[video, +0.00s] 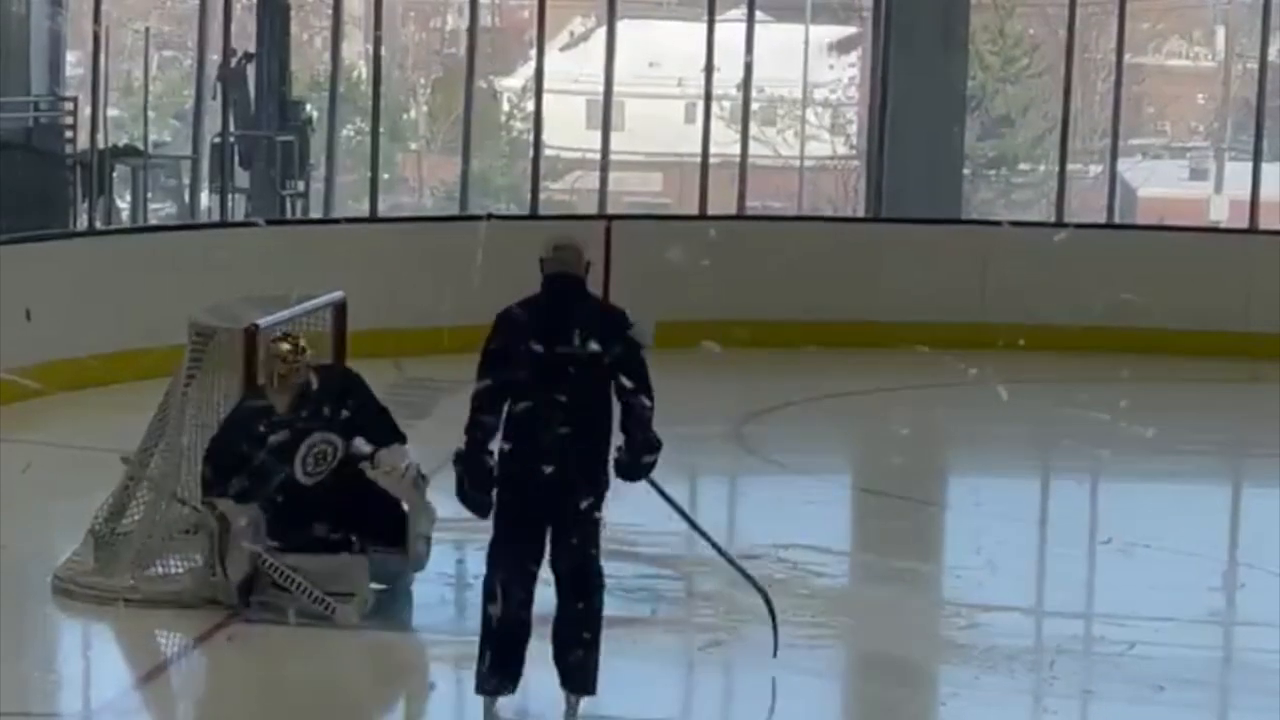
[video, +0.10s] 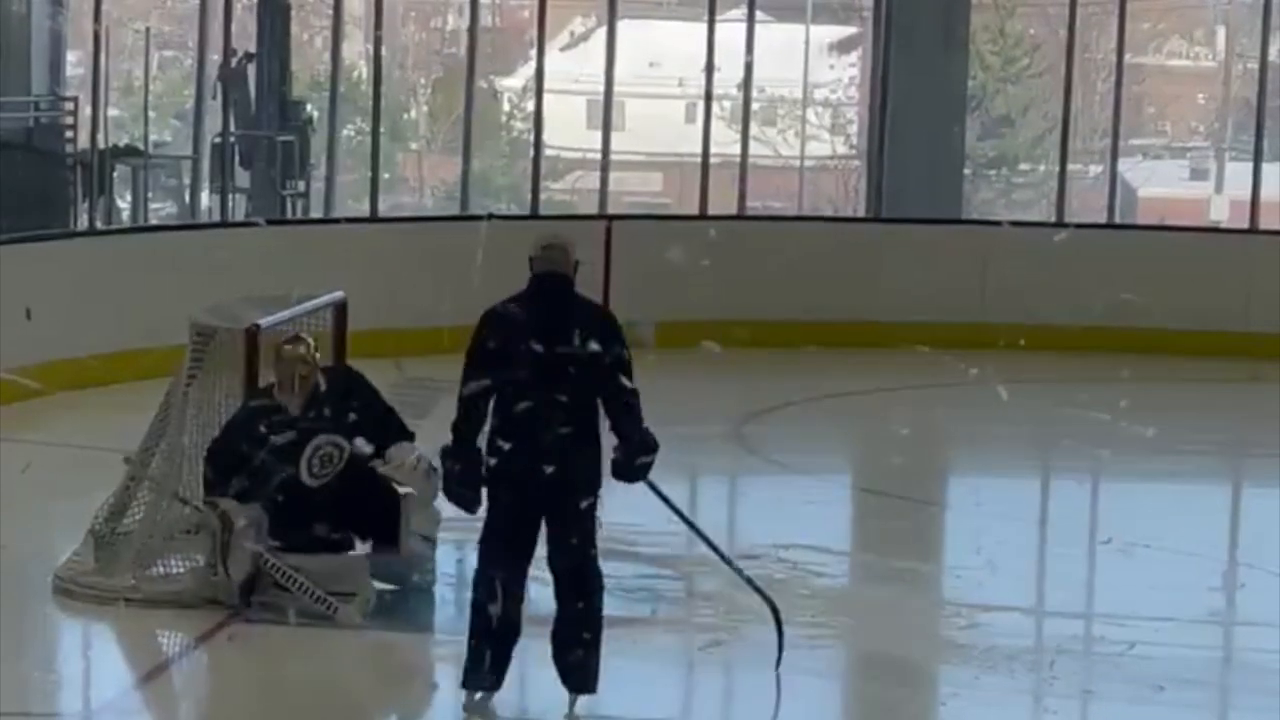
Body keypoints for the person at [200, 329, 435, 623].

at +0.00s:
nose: (284, 374)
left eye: (293, 365)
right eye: (277, 365)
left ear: (306, 365)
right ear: (265, 367)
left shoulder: (339, 384)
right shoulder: (251, 410)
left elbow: (387, 437)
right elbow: (217, 464)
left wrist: (391, 466)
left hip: (349, 497)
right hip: (285, 509)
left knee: (394, 529)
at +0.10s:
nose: (295, 382)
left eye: (303, 374)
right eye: (286, 373)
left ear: (316, 369)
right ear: (274, 370)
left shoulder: (344, 384)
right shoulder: (258, 408)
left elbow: (389, 432)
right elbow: (218, 458)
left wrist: (404, 459)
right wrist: (227, 507)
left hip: (344, 486)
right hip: (280, 494)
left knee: (392, 508)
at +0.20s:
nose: (318, 379)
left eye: (323, 370)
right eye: (309, 371)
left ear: (332, 368)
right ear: (288, 372)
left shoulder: (355, 391)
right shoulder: (263, 409)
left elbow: (399, 437)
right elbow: (222, 462)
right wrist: (237, 516)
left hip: (358, 503)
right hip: (292, 511)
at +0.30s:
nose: (337, 391)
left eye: (342, 381)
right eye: (327, 383)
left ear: (352, 377)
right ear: (311, 382)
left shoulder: (372, 401)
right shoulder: (285, 413)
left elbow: (408, 441)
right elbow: (231, 463)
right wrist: (244, 519)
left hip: (367, 503)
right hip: (301, 509)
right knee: (315, 575)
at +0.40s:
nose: (369, 377)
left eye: (375, 370)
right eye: (360, 370)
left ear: (386, 374)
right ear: (344, 374)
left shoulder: (401, 406)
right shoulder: (319, 408)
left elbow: (428, 451)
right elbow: (263, 451)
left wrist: (416, 467)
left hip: (387, 513)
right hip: (325, 514)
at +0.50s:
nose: (416, 403)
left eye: (420, 393)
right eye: (407, 394)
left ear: (427, 384)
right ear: (389, 387)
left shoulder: (440, 414)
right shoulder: (355, 413)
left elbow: (461, 474)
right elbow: (293, 457)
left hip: (424, 521)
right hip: (361, 521)